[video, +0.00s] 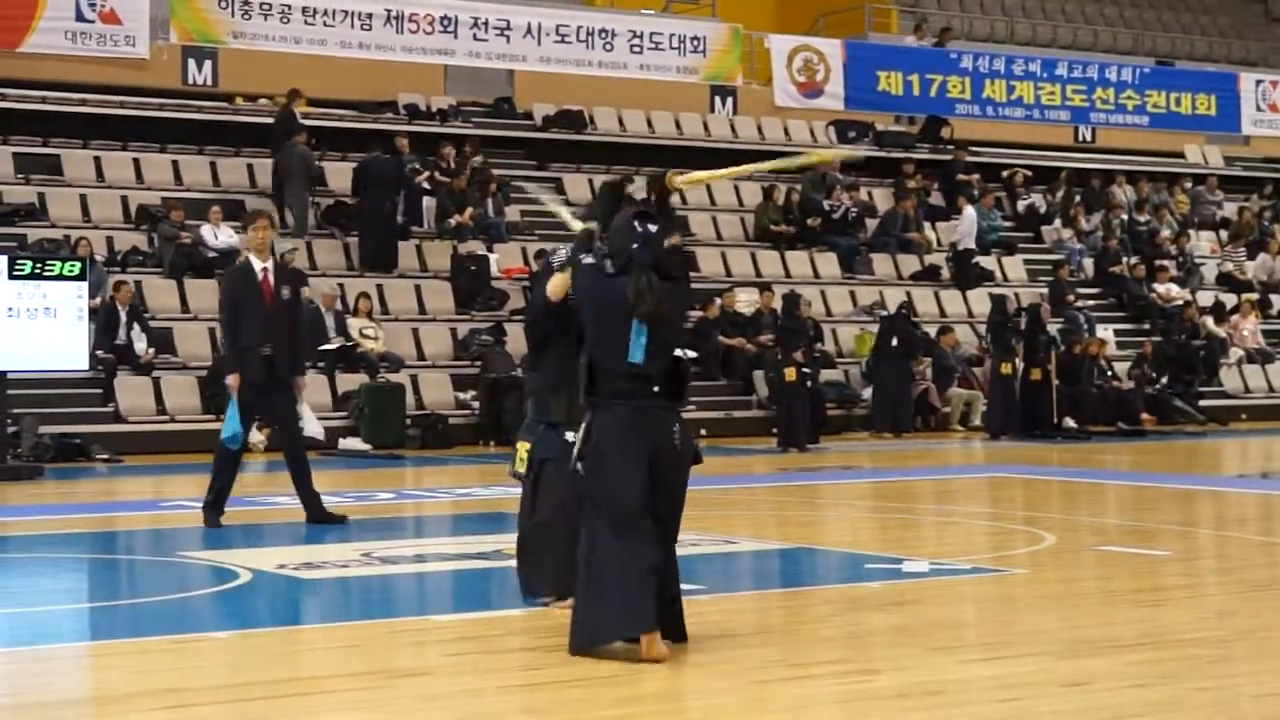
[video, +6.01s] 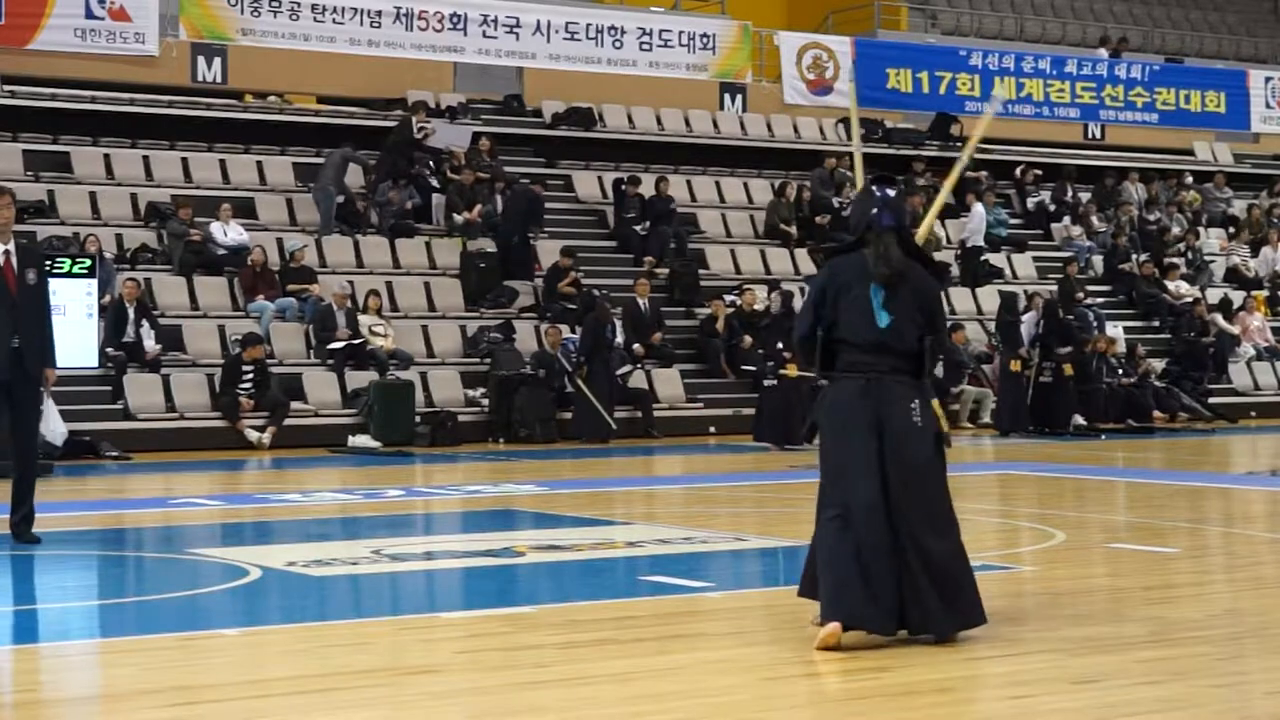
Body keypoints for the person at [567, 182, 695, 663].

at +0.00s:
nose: (610, 243)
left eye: (613, 237)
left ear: (614, 247)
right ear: (656, 249)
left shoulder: (595, 287)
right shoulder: (673, 294)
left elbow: (557, 288)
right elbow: (675, 259)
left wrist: (587, 248)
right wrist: (659, 218)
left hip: (612, 420)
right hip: (661, 418)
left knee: (625, 521)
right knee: (658, 522)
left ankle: (648, 631)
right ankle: (652, 622)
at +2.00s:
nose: (705, 236)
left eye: (708, 227)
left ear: (714, 230)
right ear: (759, 226)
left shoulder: (712, 272)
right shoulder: (778, 276)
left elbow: (668, 256)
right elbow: (803, 335)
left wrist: (681, 214)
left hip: (738, 406)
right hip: (782, 406)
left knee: (740, 517)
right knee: (779, 516)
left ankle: (797, 616)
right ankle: (727, 617)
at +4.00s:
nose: (725, 240)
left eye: (728, 233)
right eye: (727, 232)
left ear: (740, 235)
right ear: (777, 231)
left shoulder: (739, 283)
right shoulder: (808, 280)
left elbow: (716, 359)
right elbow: (821, 352)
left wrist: (725, 383)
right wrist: (790, 378)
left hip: (761, 411)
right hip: (812, 409)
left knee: (735, 511)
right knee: (824, 510)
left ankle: (723, 616)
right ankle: (835, 613)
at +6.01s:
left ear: (858, 225)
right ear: (901, 226)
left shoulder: (834, 273)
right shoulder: (922, 280)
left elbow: (804, 337)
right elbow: (935, 345)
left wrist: (824, 370)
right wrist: (910, 379)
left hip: (846, 399)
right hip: (904, 399)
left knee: (841, 504)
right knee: (918, 503)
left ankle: (835, 612)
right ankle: (937, 614)